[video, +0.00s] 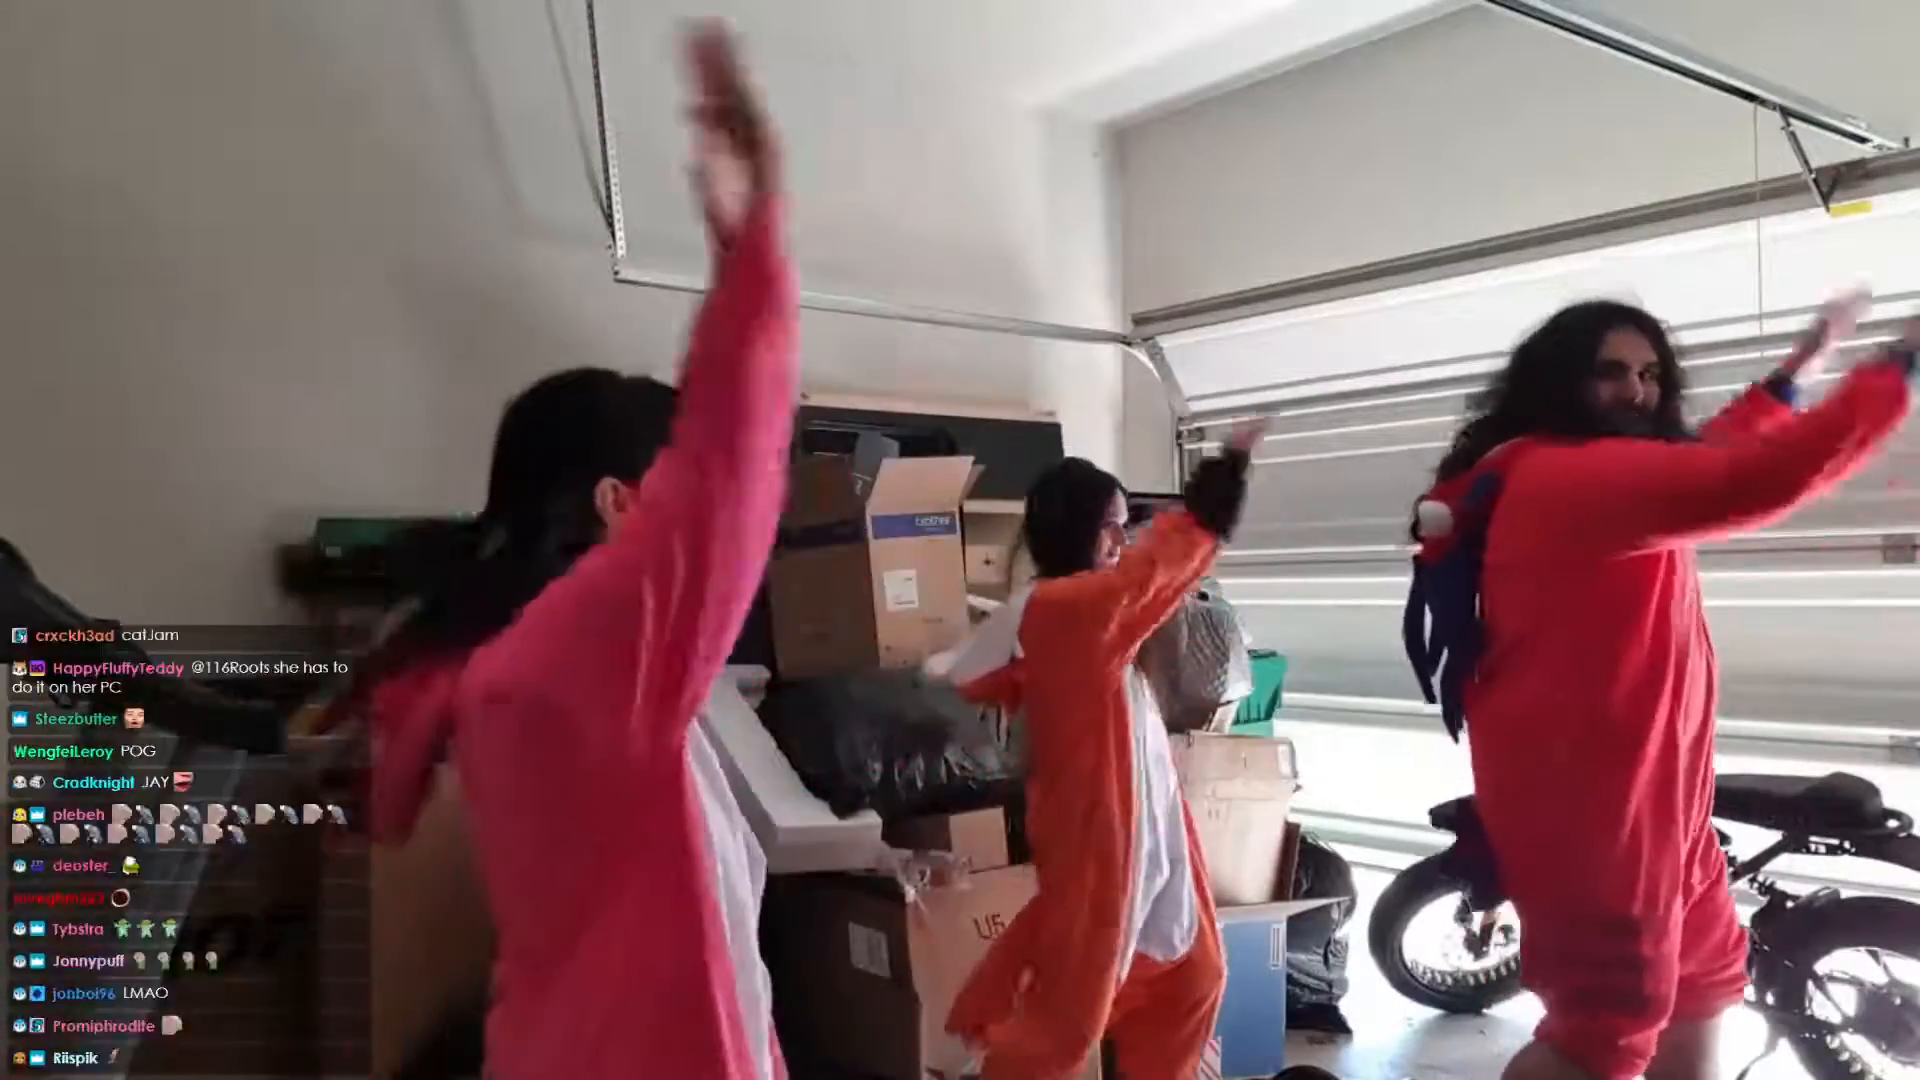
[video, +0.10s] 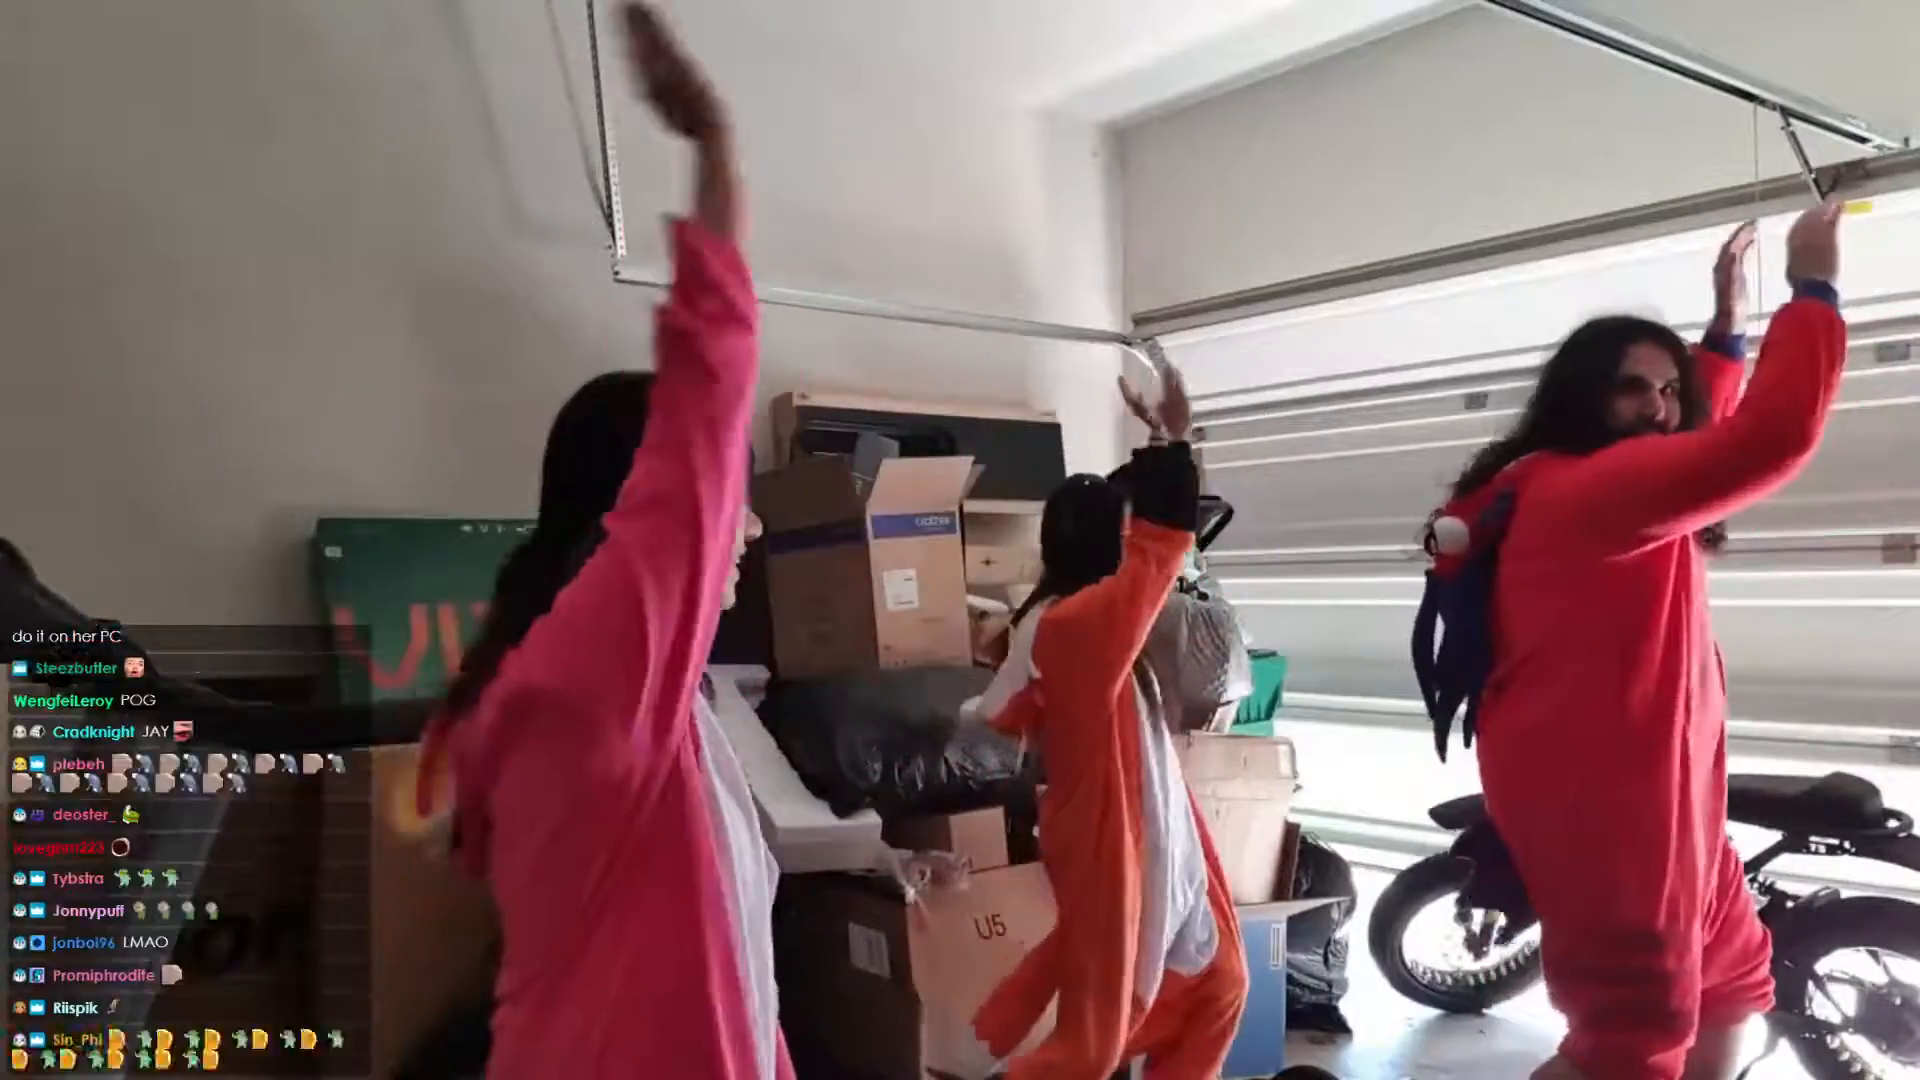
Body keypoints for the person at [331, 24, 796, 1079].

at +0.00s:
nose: (687, 511)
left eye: (689, 483)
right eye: (673, 480)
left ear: (587, 508)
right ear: (617, 504)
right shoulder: (561, 674)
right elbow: (731, 469)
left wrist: (744, 243)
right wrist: (754, 230)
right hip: (633, 1058)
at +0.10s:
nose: (735, 539)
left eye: (731, 511)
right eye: (711, 508)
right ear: (636, 505)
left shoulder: (658, 703)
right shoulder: (574, 695)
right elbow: (690, 457)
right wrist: (714, 143)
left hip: (715, 1059)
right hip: (621, 1061)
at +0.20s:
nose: (746, 463)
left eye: (743, 433)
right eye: (729, 430)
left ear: (647, 449)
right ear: (646, 447)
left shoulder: (628, 630)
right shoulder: (565, 622)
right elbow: (776, 517)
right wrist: (978, 353)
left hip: (685, 1034)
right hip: (616, 1043)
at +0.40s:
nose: (843, 500)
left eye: (834, 472)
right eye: (798, 476)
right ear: (704, 517)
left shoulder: (754, 686)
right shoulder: (664, 691)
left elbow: (822, 929)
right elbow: (798, 945)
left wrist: (922, 1057)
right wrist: (923, 1062)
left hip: (640, 1046)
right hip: (513, 1049)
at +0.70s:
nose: (672, 444)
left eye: (685, 415)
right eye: (630, 411)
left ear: (703, 436)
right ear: (539, 435)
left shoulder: (626, 604)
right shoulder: (546, 612)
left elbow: (820, 704)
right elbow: (785, 717)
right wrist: (1109, 766)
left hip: (688, 1029)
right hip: (570, 1038)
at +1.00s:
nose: (683, 479)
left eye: (692, 454)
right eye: (641, 455)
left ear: (712, 467)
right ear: (552, 490)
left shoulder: (641, 660)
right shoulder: (565, 659)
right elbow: (742, 496)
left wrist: (454, 770)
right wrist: (854, 239)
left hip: (703, 1054)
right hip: (611, 1062)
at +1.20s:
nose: (787, 458)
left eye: (796, 434)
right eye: (745, 429)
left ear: (808, 459)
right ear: (652, 459)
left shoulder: (667, 609)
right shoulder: (643, 613)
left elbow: (853, 747)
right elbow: (865, 716)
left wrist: (1073, 774)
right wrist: (1121, 745)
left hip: (602, 1023)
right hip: (531, 1033)